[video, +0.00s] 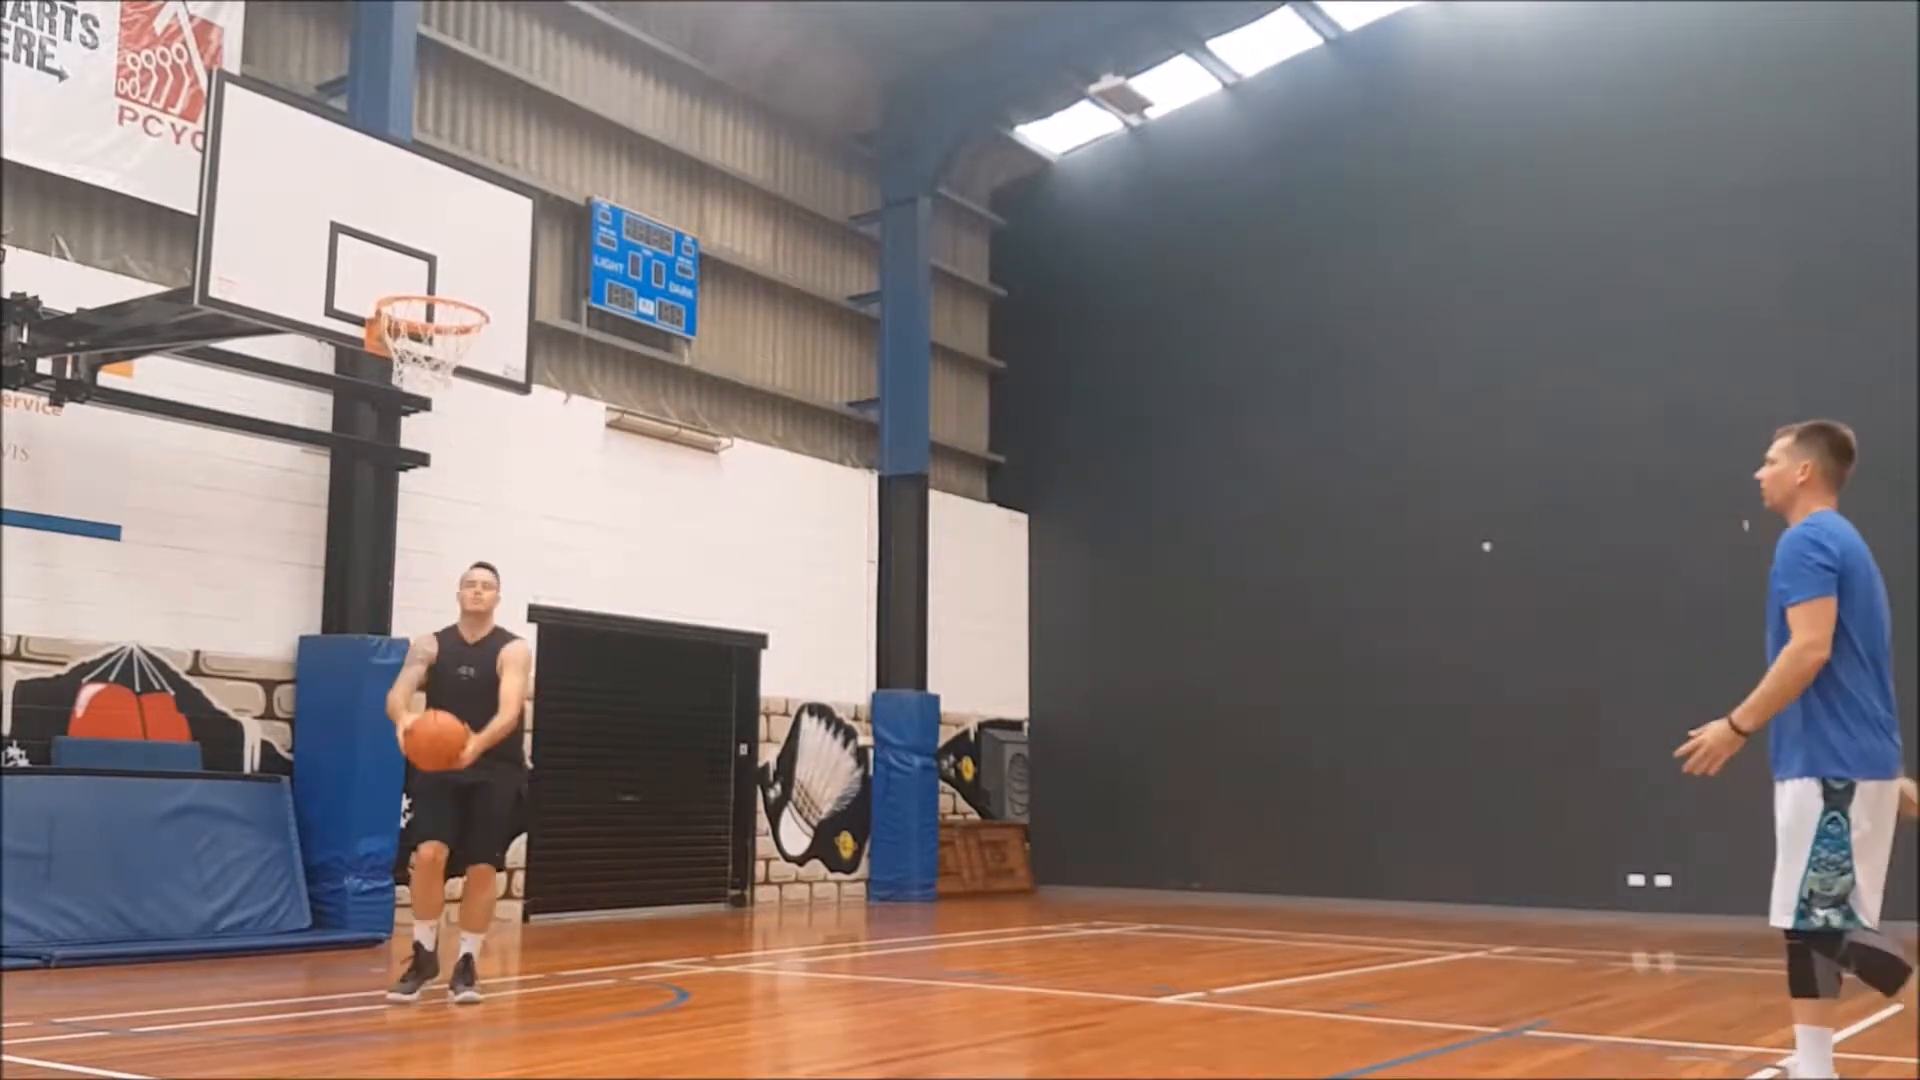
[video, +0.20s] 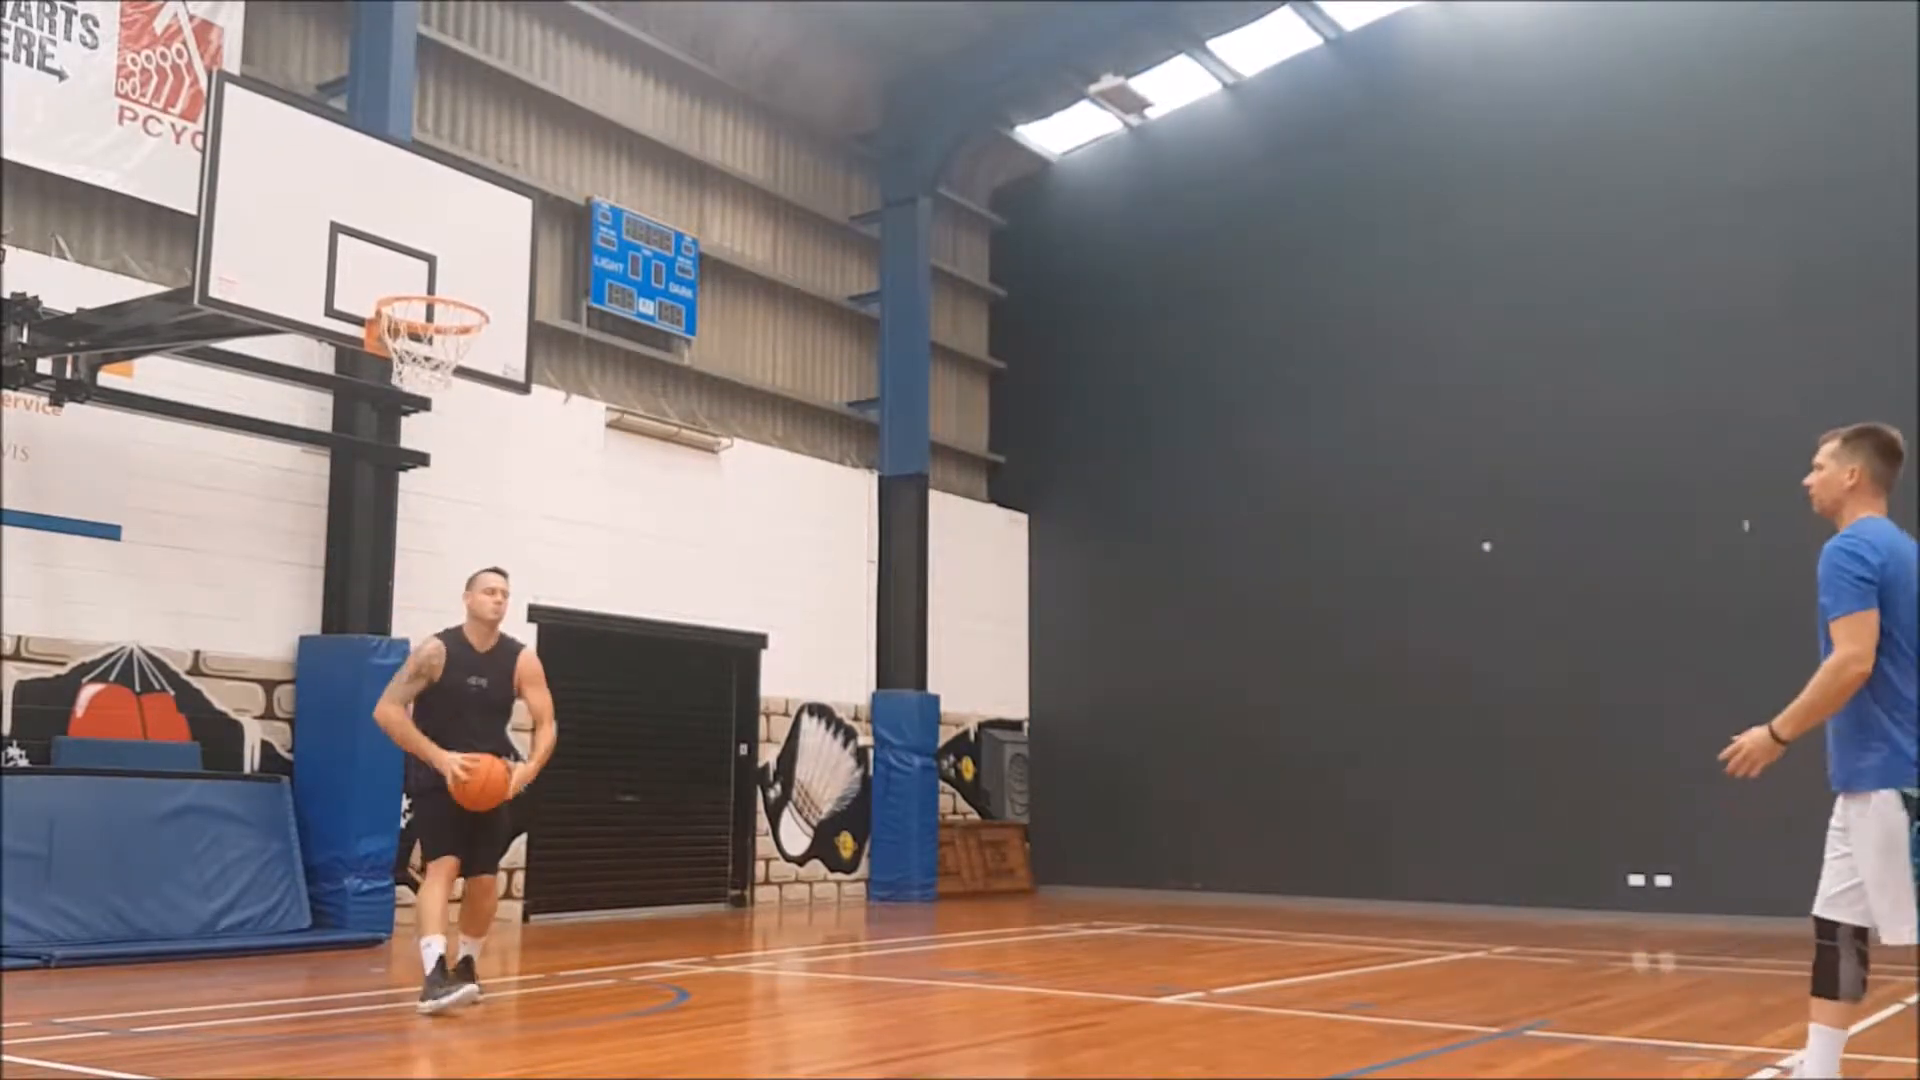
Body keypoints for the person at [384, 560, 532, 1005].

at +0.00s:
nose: (477, 593)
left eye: (486, 587)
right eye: (470, 586)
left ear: (498, 597)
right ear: (458, 593)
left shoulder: (513, 650)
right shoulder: (429, 645)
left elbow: (510, 712)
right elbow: (398, 695)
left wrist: (476, 744)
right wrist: (404, 720)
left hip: (495, 768)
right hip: (437, 765)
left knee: (481, 864)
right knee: (429, 853)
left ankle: (466, 966)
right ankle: (423, 957)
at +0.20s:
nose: (499, 600)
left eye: (504, 595)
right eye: (489, 592)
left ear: (508, 605)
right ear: (467, 599)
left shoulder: (522, 660)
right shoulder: (436, 652)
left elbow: (546, 725)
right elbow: (386, 711)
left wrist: (530, 768)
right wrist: (438, 757)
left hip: (495, 779)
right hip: (438, 776)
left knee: (484, 876)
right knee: (444, 863)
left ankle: (465, 968)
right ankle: (434, 975)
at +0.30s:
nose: (498, 604)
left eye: (503, 598)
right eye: (489, 596)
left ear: (507, 607)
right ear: (464, 602)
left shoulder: (517, 662)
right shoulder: (439, 650)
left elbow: (559, 716)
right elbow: (421, 695)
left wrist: (560, 731)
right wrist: (479, 728)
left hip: (479, 780)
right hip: (429, 776)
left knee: (484, 880)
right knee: (451, 861)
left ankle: (464, 965)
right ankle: (436, 979)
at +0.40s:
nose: (492, 606)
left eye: (495, 599)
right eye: (482, 597)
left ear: (498, 606)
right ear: (456, 603)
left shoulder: (499, 660)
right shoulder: (436, 651)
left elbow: (537, 702)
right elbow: (483, 682)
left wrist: (582, 685)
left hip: (466, 787)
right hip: (420, 784)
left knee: (490, 876)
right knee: (462, 859)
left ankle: (455, 961)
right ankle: (439, 979)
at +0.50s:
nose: (483, 596)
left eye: (486, 589)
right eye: (473, 588)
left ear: (488, 597)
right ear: (447, 595)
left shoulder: (486, 649)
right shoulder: (433, 642)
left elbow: (524, 690)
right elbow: (490, 671)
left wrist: (552, 660)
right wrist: (557, 661)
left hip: (461, 783)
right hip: (419, 780)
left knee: (491, 876)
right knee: (463, 860)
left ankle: (428, 948)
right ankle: (442, 979)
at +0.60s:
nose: (469, 585)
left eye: (472, 579)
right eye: (459, 578)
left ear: (474, 588)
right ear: (433, 585)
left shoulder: (475, 642)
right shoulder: (422, 633)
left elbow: (512, 693)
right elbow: (476, 674)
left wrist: (528, 665)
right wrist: (547, 682)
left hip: (458, 778)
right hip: (418, 775)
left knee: (480, 878)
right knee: (459, 861)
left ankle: (403, 946)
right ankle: (440, 981)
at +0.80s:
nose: (445, 579)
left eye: (449, 572)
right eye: (436, 571)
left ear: (451, 582)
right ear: (409, 580)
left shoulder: (454, 644)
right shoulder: (398, 631)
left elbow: (477, 704)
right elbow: (407, 704)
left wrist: (509, 720)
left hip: (440, 772)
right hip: (406, 771)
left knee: (421, 874)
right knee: (432, 868)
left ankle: (369, 969)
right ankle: (437, 981)